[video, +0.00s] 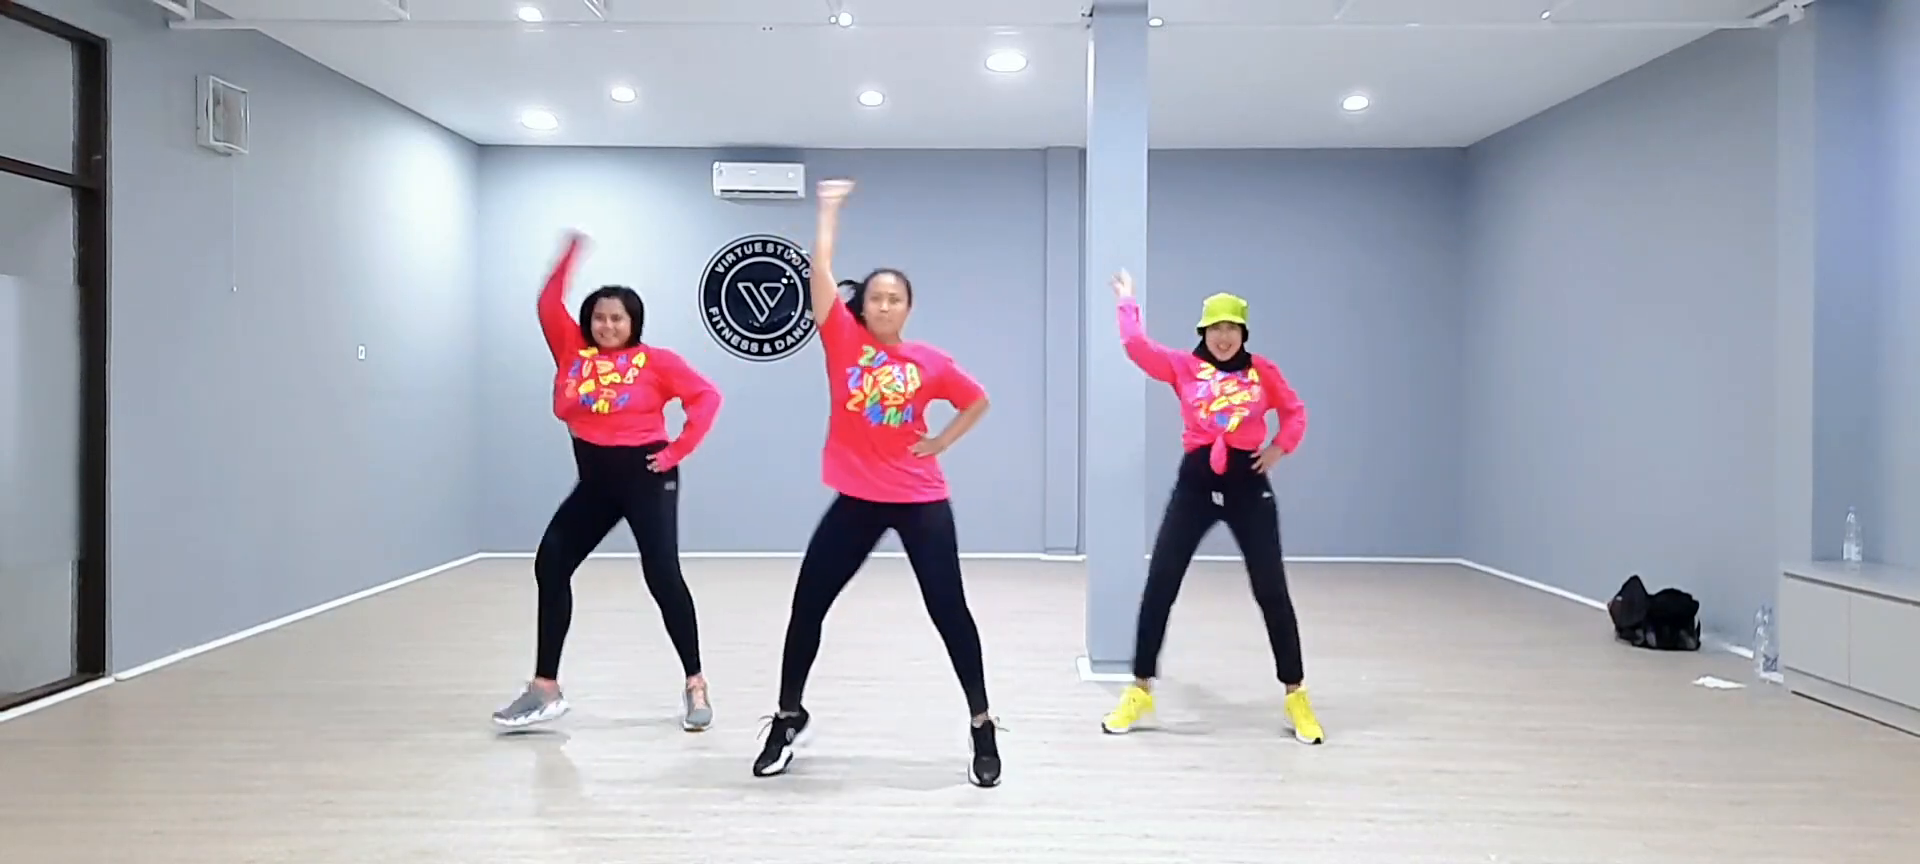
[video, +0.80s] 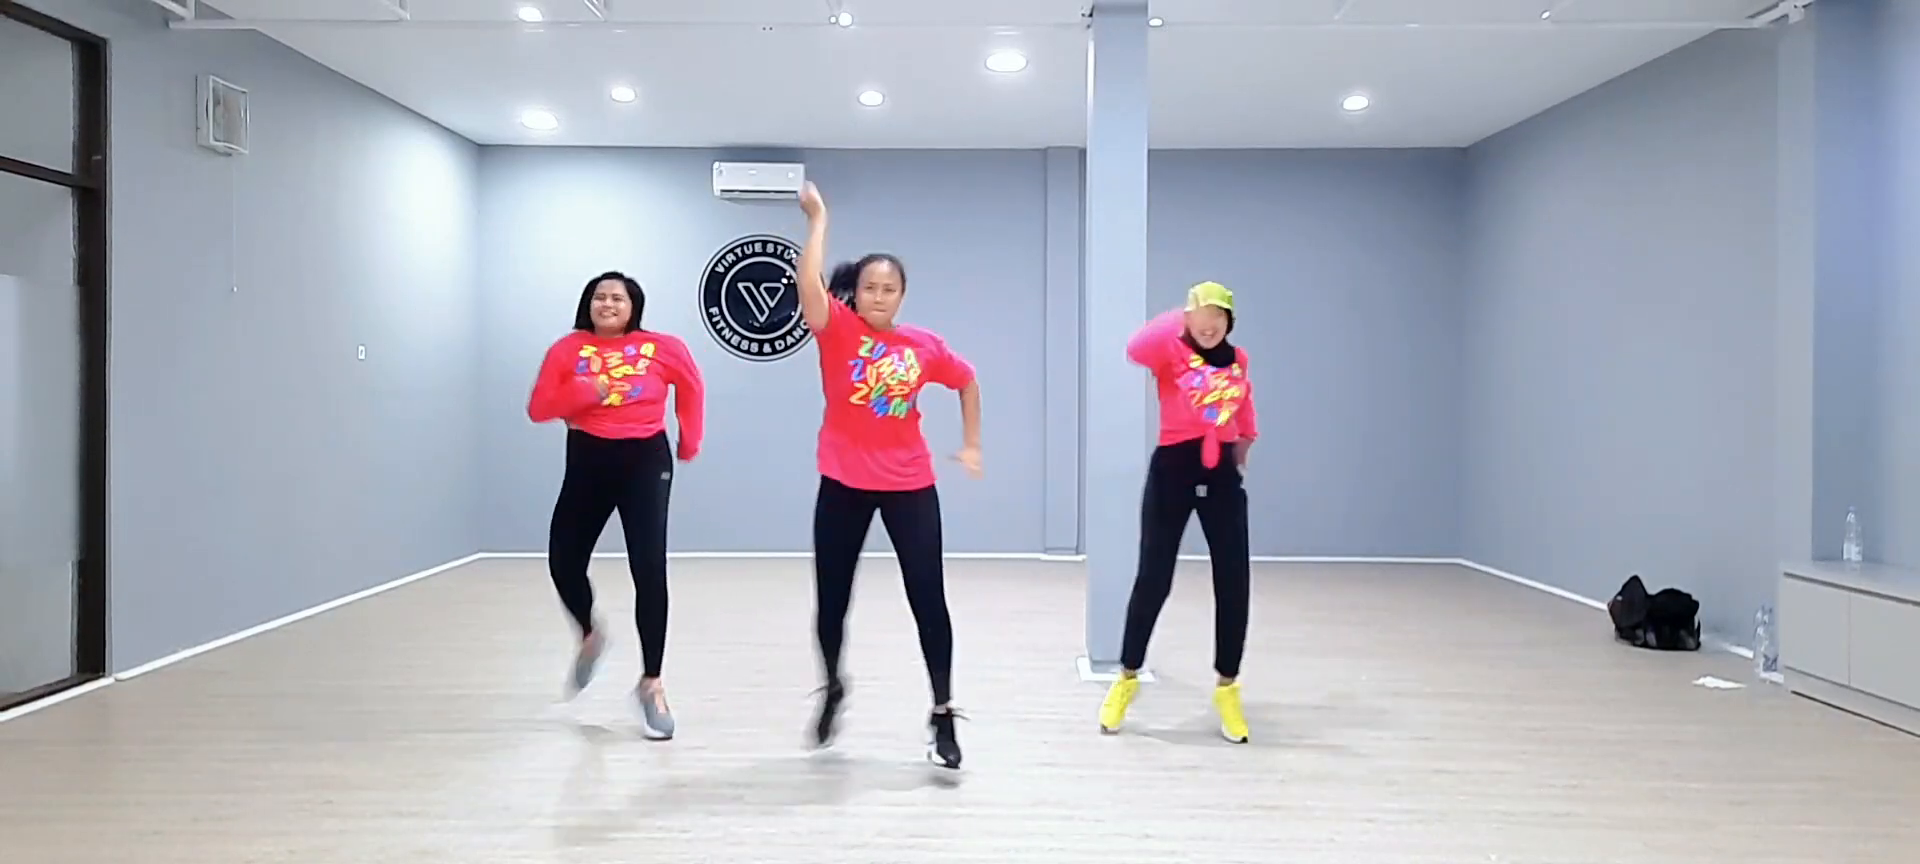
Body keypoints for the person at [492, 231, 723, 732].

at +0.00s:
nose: (609, 323)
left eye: (619, 317)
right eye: (600, 316)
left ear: (633, 323)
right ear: (589, 322)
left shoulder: (655, 362)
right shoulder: (573, 355)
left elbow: (708, 398)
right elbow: (548, 305)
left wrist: (679, 449)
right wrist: (568, 258)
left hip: (648, 478)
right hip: (595, 481)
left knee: (662, 575)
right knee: (551, 563)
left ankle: (695, 683)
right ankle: (545, 686)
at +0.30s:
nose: (607, 317)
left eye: (616, 310)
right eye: (598, 311)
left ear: (633, 317)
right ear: (590, 319)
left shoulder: (660, 359)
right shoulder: (575, 353)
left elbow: (707, 398)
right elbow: (531, 310)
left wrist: (678, 449)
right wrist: (507, 256)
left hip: (647, 479)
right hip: (593, 478)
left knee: (662, 575)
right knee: (547, 556)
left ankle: (692, 684)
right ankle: (551, 671)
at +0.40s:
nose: (599, 319)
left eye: (608, 312)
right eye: (591, 313)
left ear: (626, 319)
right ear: (581, 322)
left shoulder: (652, 359)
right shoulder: (566, 352)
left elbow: (694, 405)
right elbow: (506, 336)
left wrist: (657, 452)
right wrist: (462, 289)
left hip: (632, 475)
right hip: (577, 472)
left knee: (654, 569)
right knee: (552, 570)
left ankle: (682, 675)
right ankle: (557, 673)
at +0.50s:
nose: (591, 336)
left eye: (600, 329)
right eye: (583, 330)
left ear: (618, 336)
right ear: (574, 338)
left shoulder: (644, 381)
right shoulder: (561, 381)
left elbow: (673, 435)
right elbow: (506, 402)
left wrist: (641, 477)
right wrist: (459, 362)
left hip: (620, 496)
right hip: (564, 494)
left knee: (646, 584)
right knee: (557, 593)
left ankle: (663, 689)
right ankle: (564, 687)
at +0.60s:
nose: (591, 333)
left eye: (600, 327)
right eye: (585, 326)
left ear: (616, 334)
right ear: (574, 335)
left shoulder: (643, 379)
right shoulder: (555, 382)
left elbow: (672, 434)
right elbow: (521, 429)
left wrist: (660, 489)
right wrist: (490, 403)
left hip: (620, 495)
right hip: (564, 492)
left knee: (641, 584)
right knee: (558, 590)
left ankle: (663, 690)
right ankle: (563, 687)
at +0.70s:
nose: (598, 310)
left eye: (608, 304)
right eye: (591, 303)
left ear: (624, 313)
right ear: (579, 311)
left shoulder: (649, 355)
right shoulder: (558, 357)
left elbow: (688, 393)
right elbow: (521, 409)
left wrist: (681, 447)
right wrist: (549, 383)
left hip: (633, 472)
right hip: (576, 473)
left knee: (646, 568)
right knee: (570, 575)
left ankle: (666, 679)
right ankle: (560, 672)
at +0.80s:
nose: (607, 303)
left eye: (617, 297)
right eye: (599, 297)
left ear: (634, 308)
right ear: (587, 307)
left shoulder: (663, 348)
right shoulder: (568, 349)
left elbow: (691, 385)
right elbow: (539, 408)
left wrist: (690, 440)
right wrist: (588, 390)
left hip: (646, 463)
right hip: (588, 463)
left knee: (650, 570)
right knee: (564, 560)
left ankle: (652, 683)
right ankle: (589, 636)